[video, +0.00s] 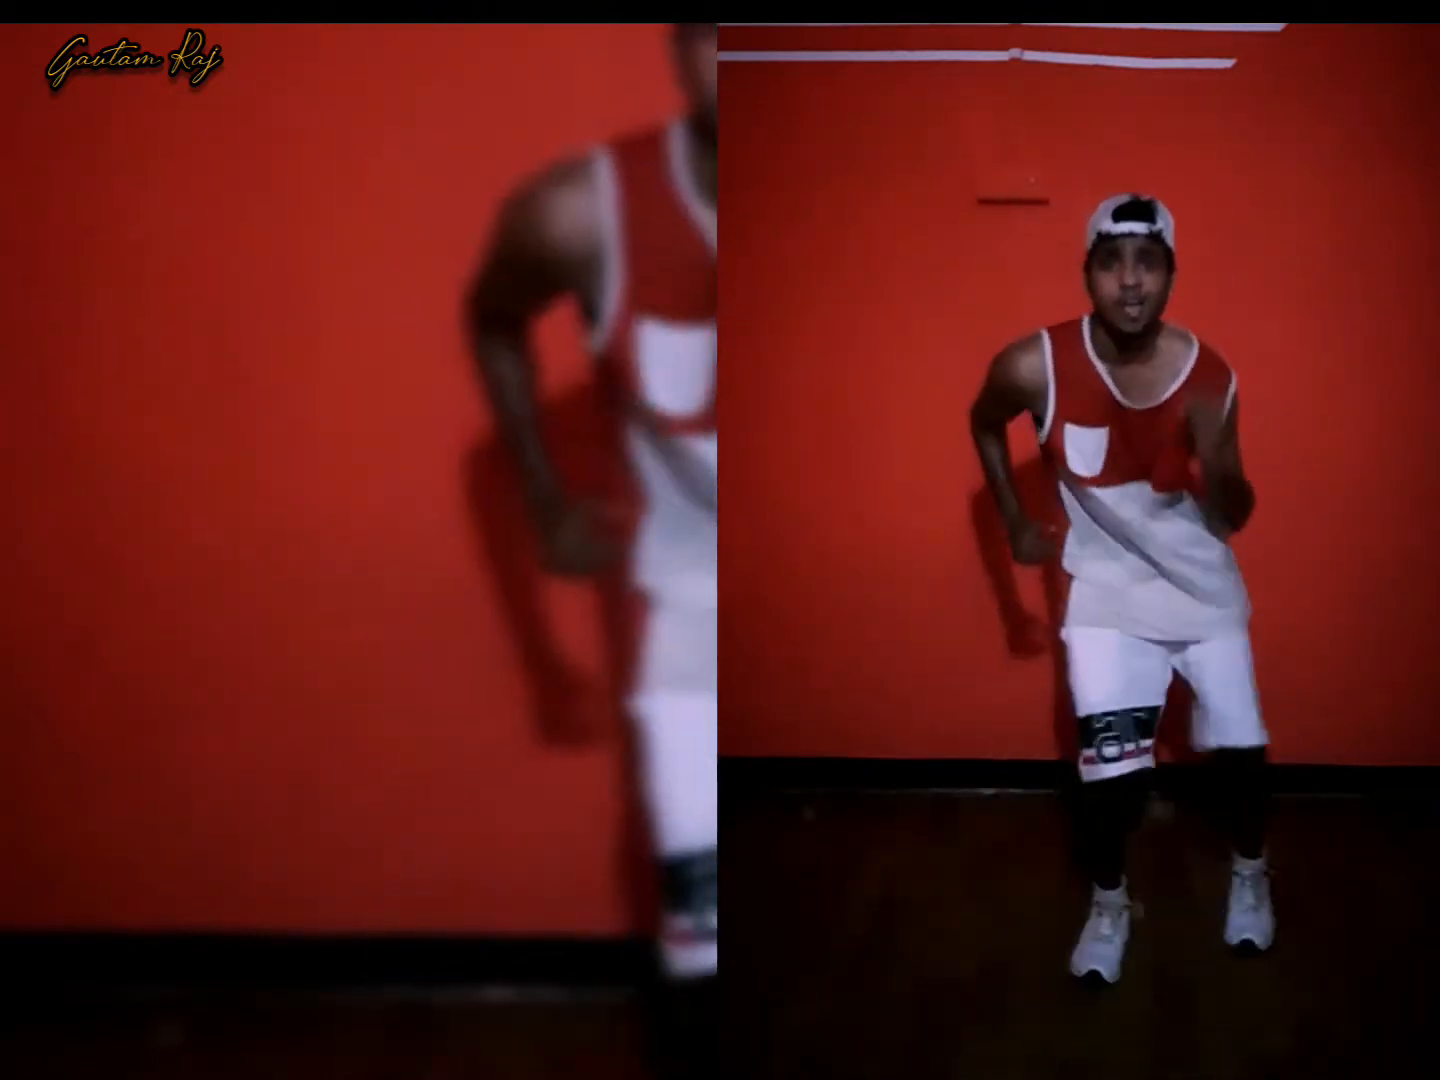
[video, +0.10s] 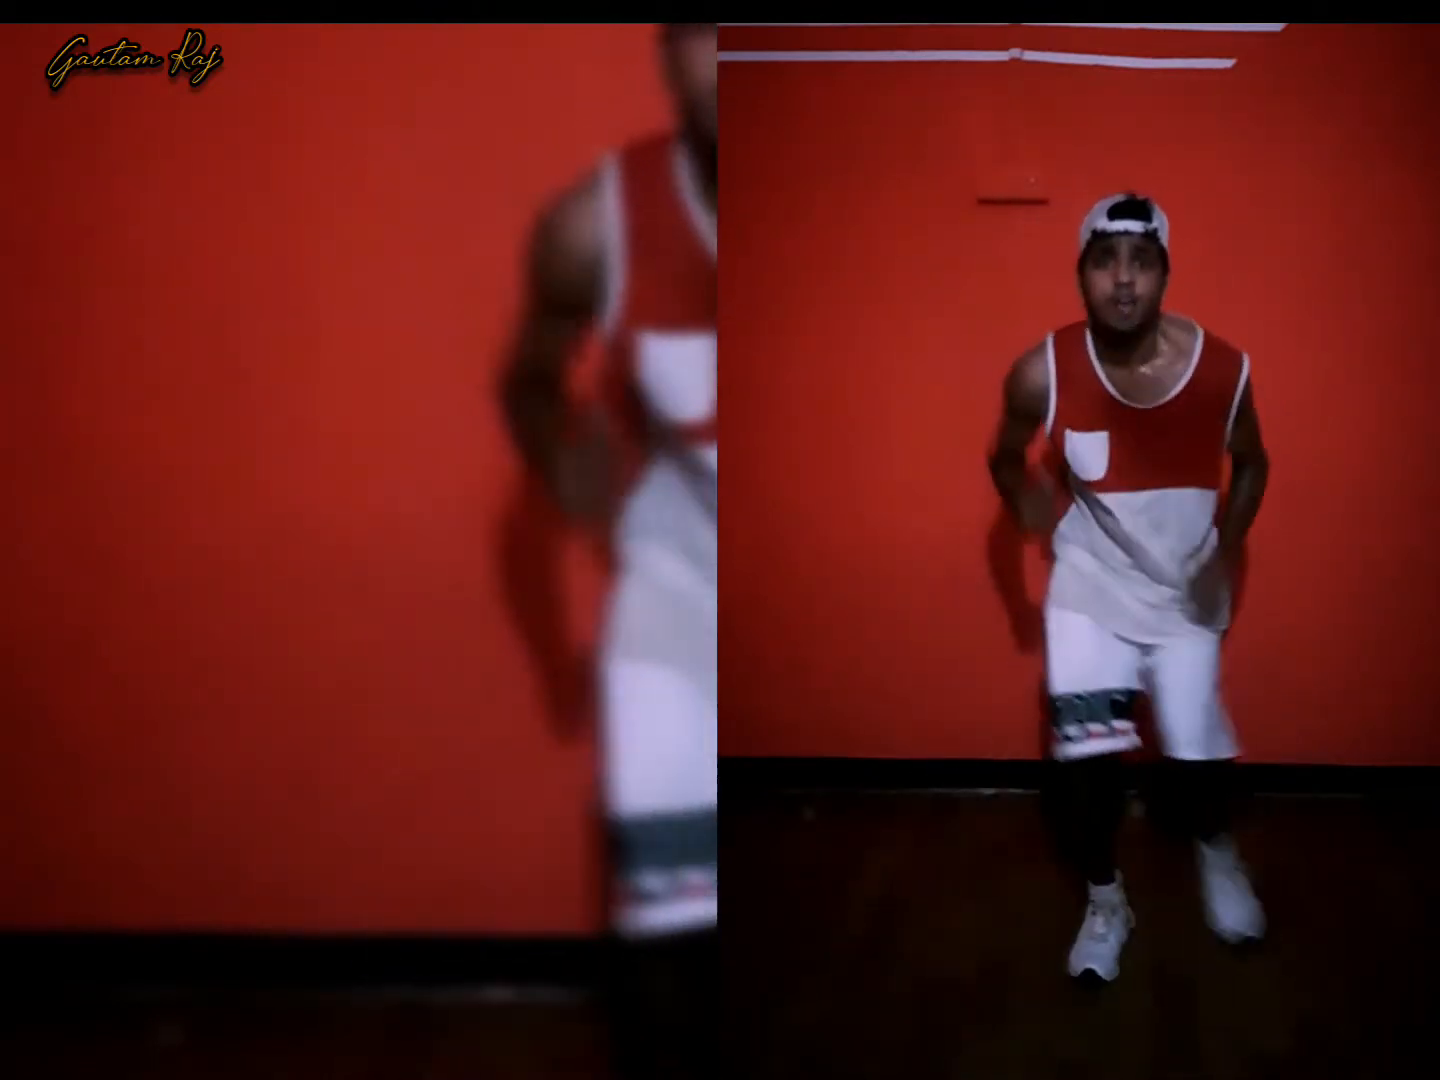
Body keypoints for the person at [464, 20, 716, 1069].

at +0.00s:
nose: (732, 60)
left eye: (748, 40)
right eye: (713, 39)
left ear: (793, 59)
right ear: (678, 52)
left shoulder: (845, 190)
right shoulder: (589, 207)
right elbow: (495, 318)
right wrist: (553, 505)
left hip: (835, 590)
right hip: (696, 600)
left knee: (862, 877)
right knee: (703, 895)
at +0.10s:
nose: (725, 61)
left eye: (736, 38)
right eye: (707, 37)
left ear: (787, 60)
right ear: (670, 57)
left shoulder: (850, 192)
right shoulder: (604, 222)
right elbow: (535, 388)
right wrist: (614, 518)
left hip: (835, 575)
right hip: (686, 578)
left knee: (847, 883)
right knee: (680, 911)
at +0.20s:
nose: (719, 82)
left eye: (732, 51)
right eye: (697, 52)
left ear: (778, 72)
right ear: (663, 75)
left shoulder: (850, 208)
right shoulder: (630, 239)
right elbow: (582, 503)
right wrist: (552, 431)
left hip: (831, 590)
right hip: (686, 584)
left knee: (837, 902)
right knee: (649, 915)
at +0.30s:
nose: (728, 64)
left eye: (738, 43)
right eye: (713, 43)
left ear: (805, 61)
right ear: (689, 57)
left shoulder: (868, 199)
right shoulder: (643, 222)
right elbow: (559, 440)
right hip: (697, 617)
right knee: (664, 910)